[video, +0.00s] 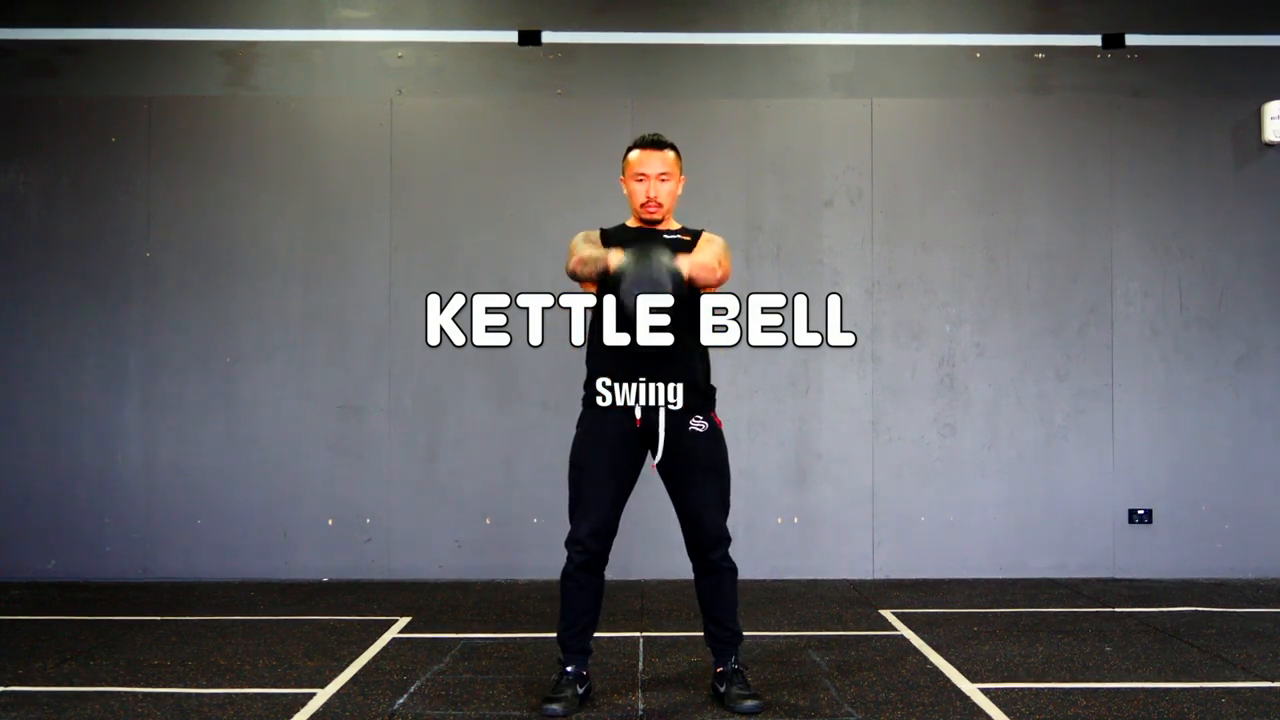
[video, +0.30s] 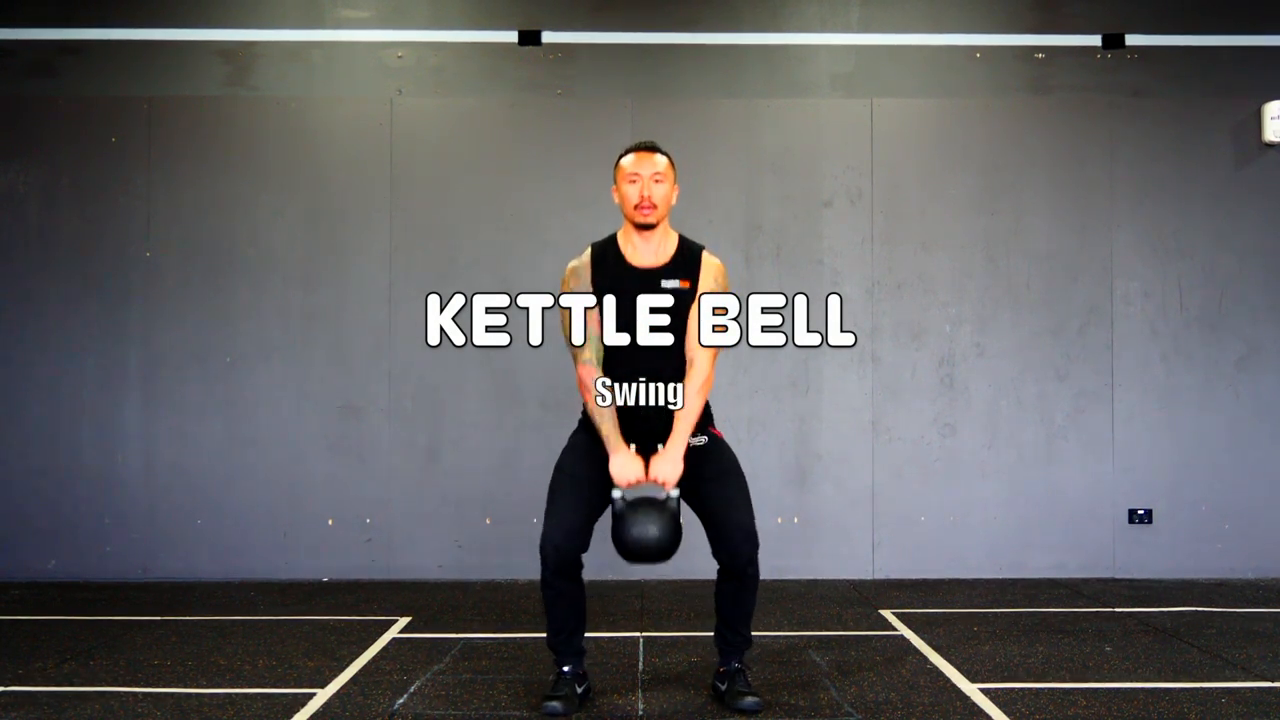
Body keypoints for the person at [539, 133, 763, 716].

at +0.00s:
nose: (652, 188)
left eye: (663, 177)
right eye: (641, 178)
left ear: (680, 184)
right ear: (625, 184)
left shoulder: (699, 241)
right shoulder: (598, 240)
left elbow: (713, 266)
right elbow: (580, 262)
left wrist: (693, 268)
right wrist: (606, 264)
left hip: (688, 415)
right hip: (610, 414)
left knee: (711, 544)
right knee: (586, 542)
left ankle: (729, 669)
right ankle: (572, 671)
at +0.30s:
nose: (645, 190)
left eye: (657, 179)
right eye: (633, 180)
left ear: (675, 191)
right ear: (616, 192)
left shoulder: (707, 270)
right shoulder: (583, 272)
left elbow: (701, 371)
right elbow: (588, 372)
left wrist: (676, 446)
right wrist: (616, 448)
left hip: (688, 431)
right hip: (604, 430)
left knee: (741, 547)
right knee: (558, 547)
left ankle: (732, 671)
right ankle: (569, 674)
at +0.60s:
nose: (640, 242)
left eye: (651, 228)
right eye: (626, 230)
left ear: (670, 234)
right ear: (610, 238)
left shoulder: (709, 305)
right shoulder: (581, 310)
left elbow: (701, 404)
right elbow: (590, 409)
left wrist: (681, 473)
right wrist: (619, 477)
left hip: (688, 444)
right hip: (609, 447)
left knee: (751, 535)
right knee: (550, 540)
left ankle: (735, 668)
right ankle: (569, 674)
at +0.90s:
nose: (649, 182)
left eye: (661, 173)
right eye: (637, 173)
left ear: (677, 185)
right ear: (620, 186)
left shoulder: (707, 255)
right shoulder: (589, 255)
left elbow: (703, 313)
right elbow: (589, 314)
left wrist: (676, 354)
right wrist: (619, 353)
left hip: (687, 421)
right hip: (608, 420)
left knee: (716, 546)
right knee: (581, 545)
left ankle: (729, 671)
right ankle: (572, 673)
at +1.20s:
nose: (651, 177)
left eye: (661, 166)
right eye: (638, 167)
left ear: (677, 172)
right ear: (620, 175)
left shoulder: (703, 250)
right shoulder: (599, 245)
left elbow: (706, 226)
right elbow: (582, 225)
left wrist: (681, 168)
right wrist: (608, 173)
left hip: (684, 412)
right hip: (609, 411)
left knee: (708, 544)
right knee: (585, 545)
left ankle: (728, 669)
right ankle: (572, 672)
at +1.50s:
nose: (651, 172)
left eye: (662, 164)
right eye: (640, 162)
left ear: (679, 181)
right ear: (619, 178)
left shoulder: (701, 250)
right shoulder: (596, 248)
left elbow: (717, 251)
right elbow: (580, 241)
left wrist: (674, 192)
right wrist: (615, 197)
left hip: (688, 414)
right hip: (610, 413)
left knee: (712, 544)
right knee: (585, 545)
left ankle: (729, 670)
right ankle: (572, 672)